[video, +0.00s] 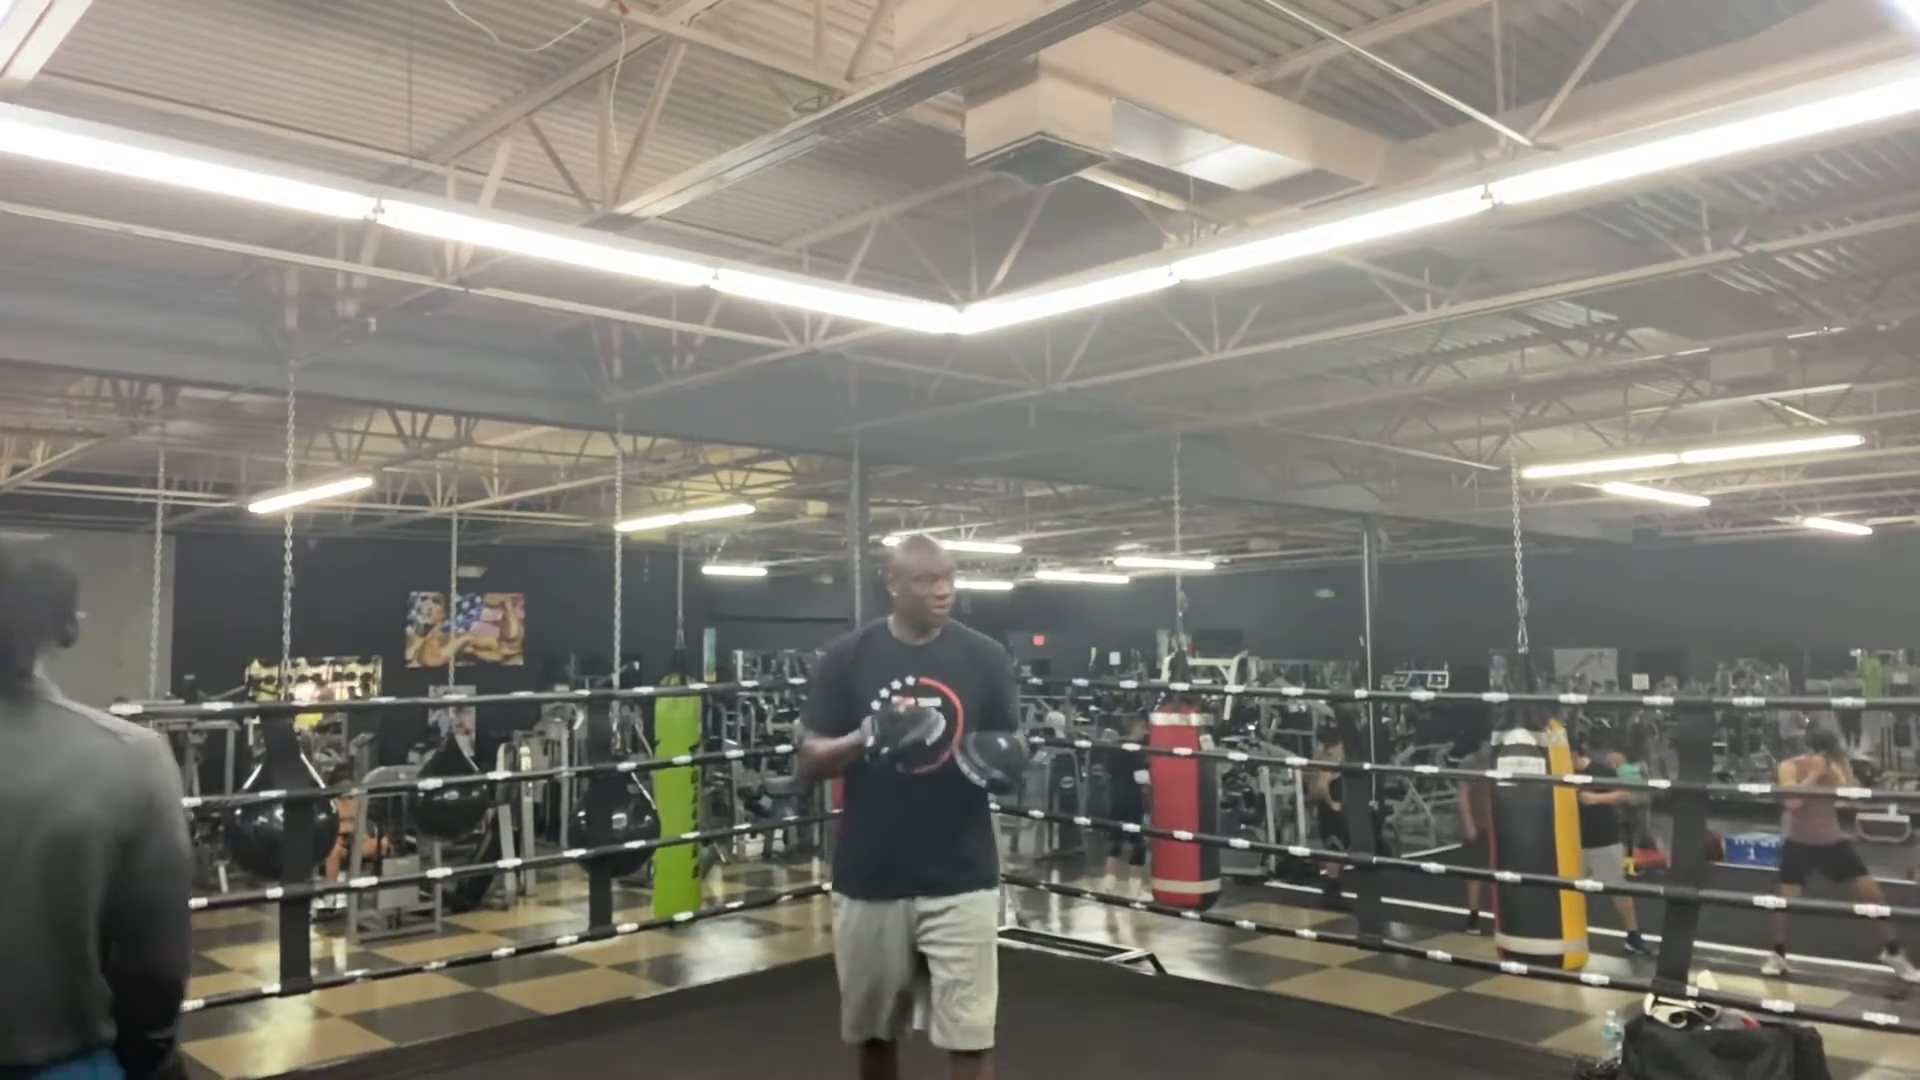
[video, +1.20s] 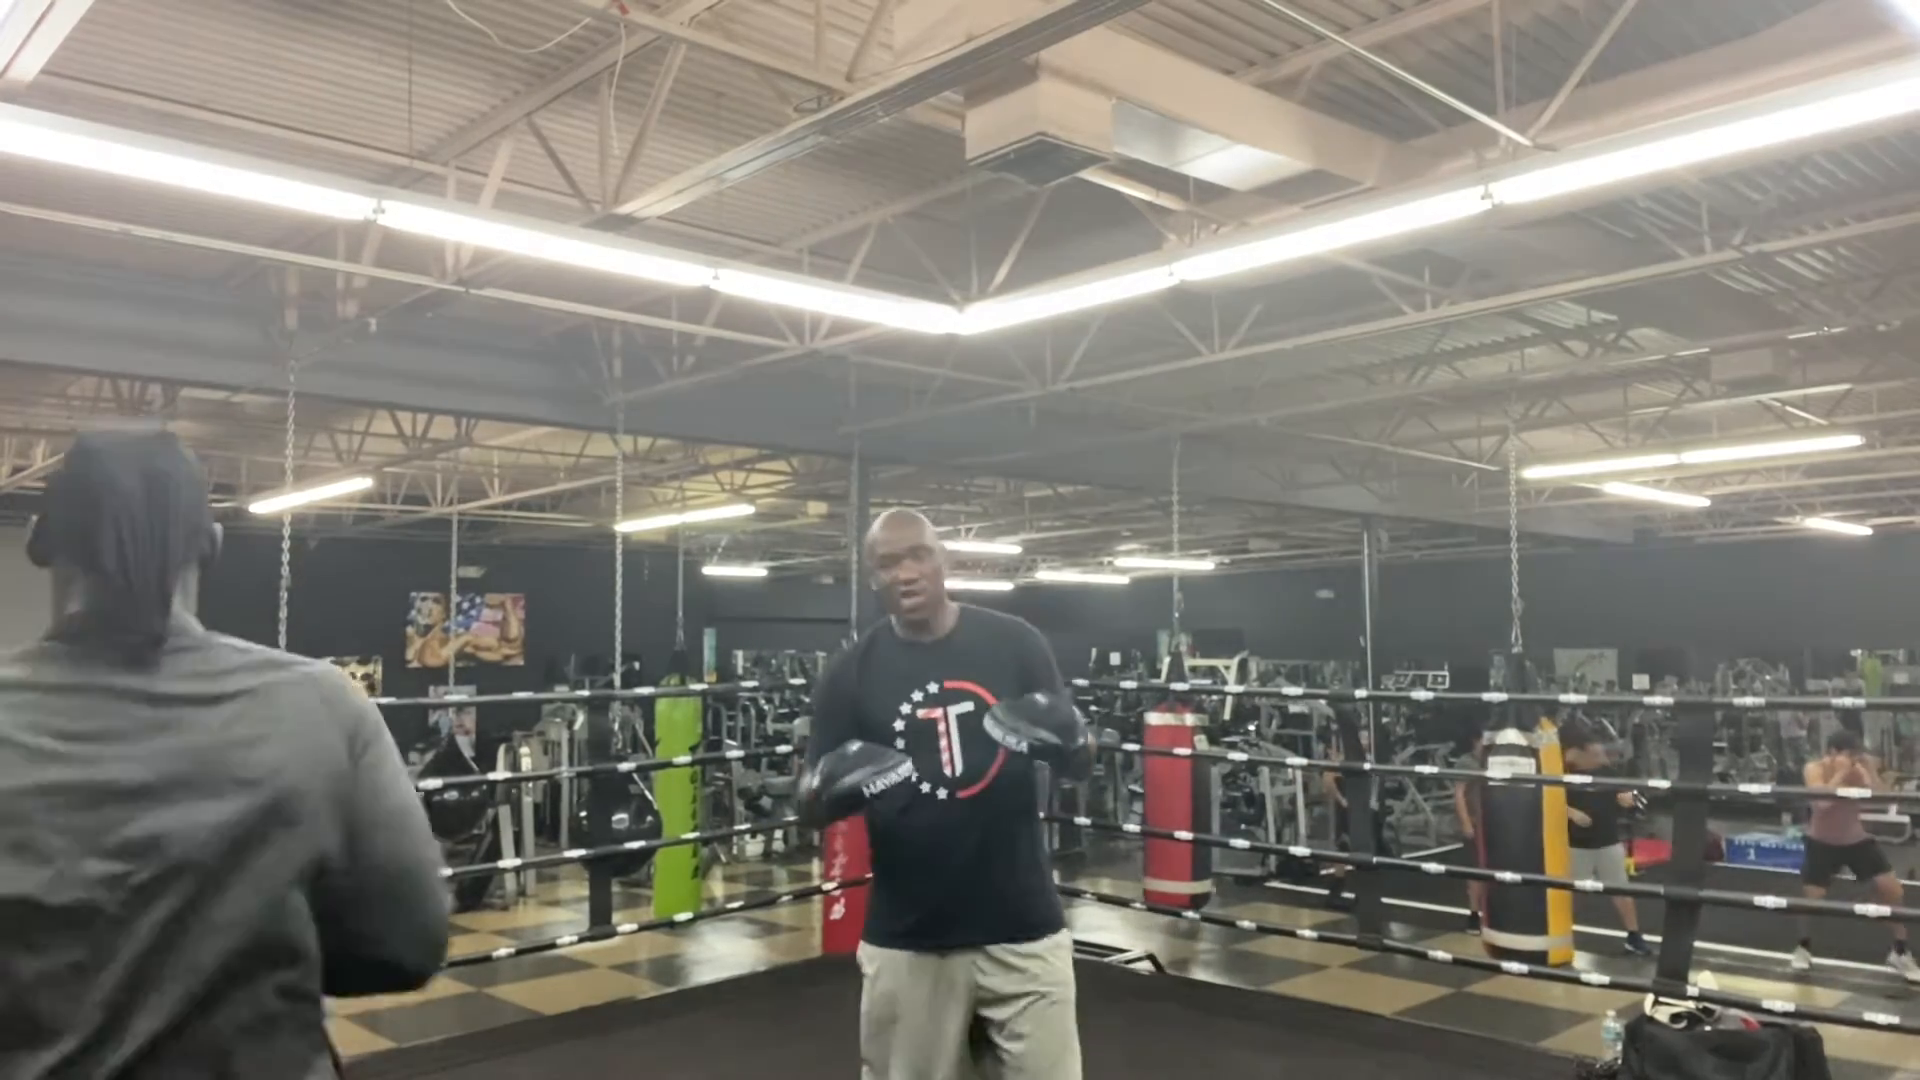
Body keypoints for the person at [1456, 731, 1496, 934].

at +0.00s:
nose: (1492, 750)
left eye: (1493, 746)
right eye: (1489, 746)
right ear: (1482, 746)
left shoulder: (1495, 766)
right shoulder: (1471, 764)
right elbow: (1464, 795)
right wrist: (1470, 825)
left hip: (1495, 827)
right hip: (1479, 828)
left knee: (1493, 872)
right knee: (1475, 871)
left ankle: (1493, 911)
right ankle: (1473, 912)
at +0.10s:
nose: (1490, 748)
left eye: (1492, 744)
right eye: (1487, 743)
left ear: (1494, 746)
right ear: (1478, 743)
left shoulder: (1496, 764)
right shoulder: (1467, 764)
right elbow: (1461, 796)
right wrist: (1468, 825)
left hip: (1496, 826)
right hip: (1477, 827)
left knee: (1495, 872)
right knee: (1474, 871)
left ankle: (1497, 912)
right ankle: (1473, 913)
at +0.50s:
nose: (1487, 747)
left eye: (1488, 742)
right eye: (1483, 743)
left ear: (1491, 744)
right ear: (1474, 744)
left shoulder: (1495, 764)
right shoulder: (1468, 765)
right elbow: (1461, 795)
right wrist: (1468, 825)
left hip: (1495, 823)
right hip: (1478, 824)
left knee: (1493, 870)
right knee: (1474, 869)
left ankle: (1494, 911)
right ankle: (1473, 912)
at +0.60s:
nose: (1487, 747)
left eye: (1489, 743)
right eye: (1483, 743)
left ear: (1492, 745)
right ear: (1475, 744)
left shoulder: (1496, 763)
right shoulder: (1468, 764)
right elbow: (1461, 793)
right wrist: (1470, 823)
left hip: (1496, 823)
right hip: (1479, 824)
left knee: (1494, 871)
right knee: (1475, 870)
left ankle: (1493, 910)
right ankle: (1473, 912)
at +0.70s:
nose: (1486, 747)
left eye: (1487, 742)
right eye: (1482, 743)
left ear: (1490, 745)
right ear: (1474, 744)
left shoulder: (1492, 764)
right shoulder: (1468, 764)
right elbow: (1462, 793)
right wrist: (1471, 822)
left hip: (1493, 823)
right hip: (1479, 824)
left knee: (1490, 870)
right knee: (1475, 869)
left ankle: (1490, 910)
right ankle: (1474, 912)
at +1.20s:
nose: (1485, 747)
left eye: (1486, 743)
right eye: (1482, 743)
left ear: (1485, 745)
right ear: (1474, 743)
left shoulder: (1486, 764)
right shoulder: (1466, 763)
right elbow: (1459, 793)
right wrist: (1466, 822)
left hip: (1487, 823)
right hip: (1476, 825)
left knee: (1487, 871)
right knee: (1476, 870)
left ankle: (1485, 911)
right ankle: (1475, 912)